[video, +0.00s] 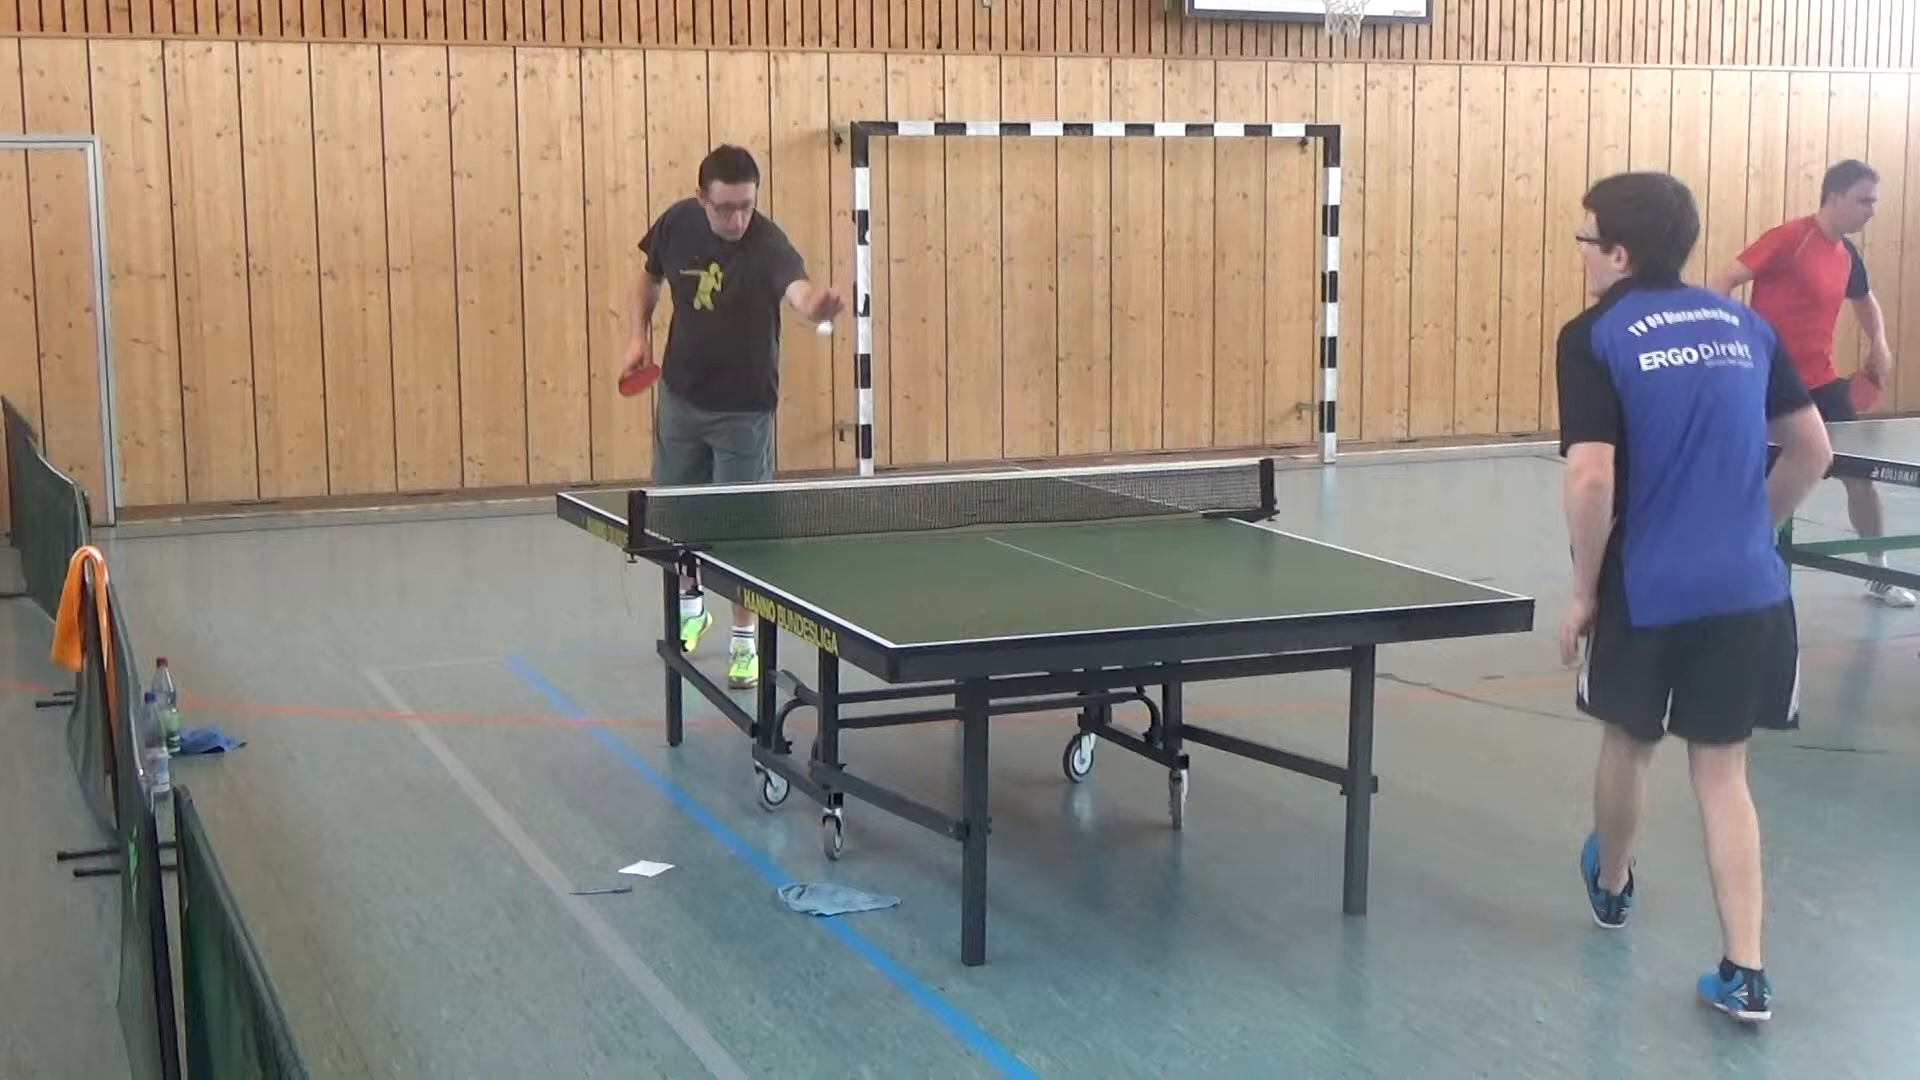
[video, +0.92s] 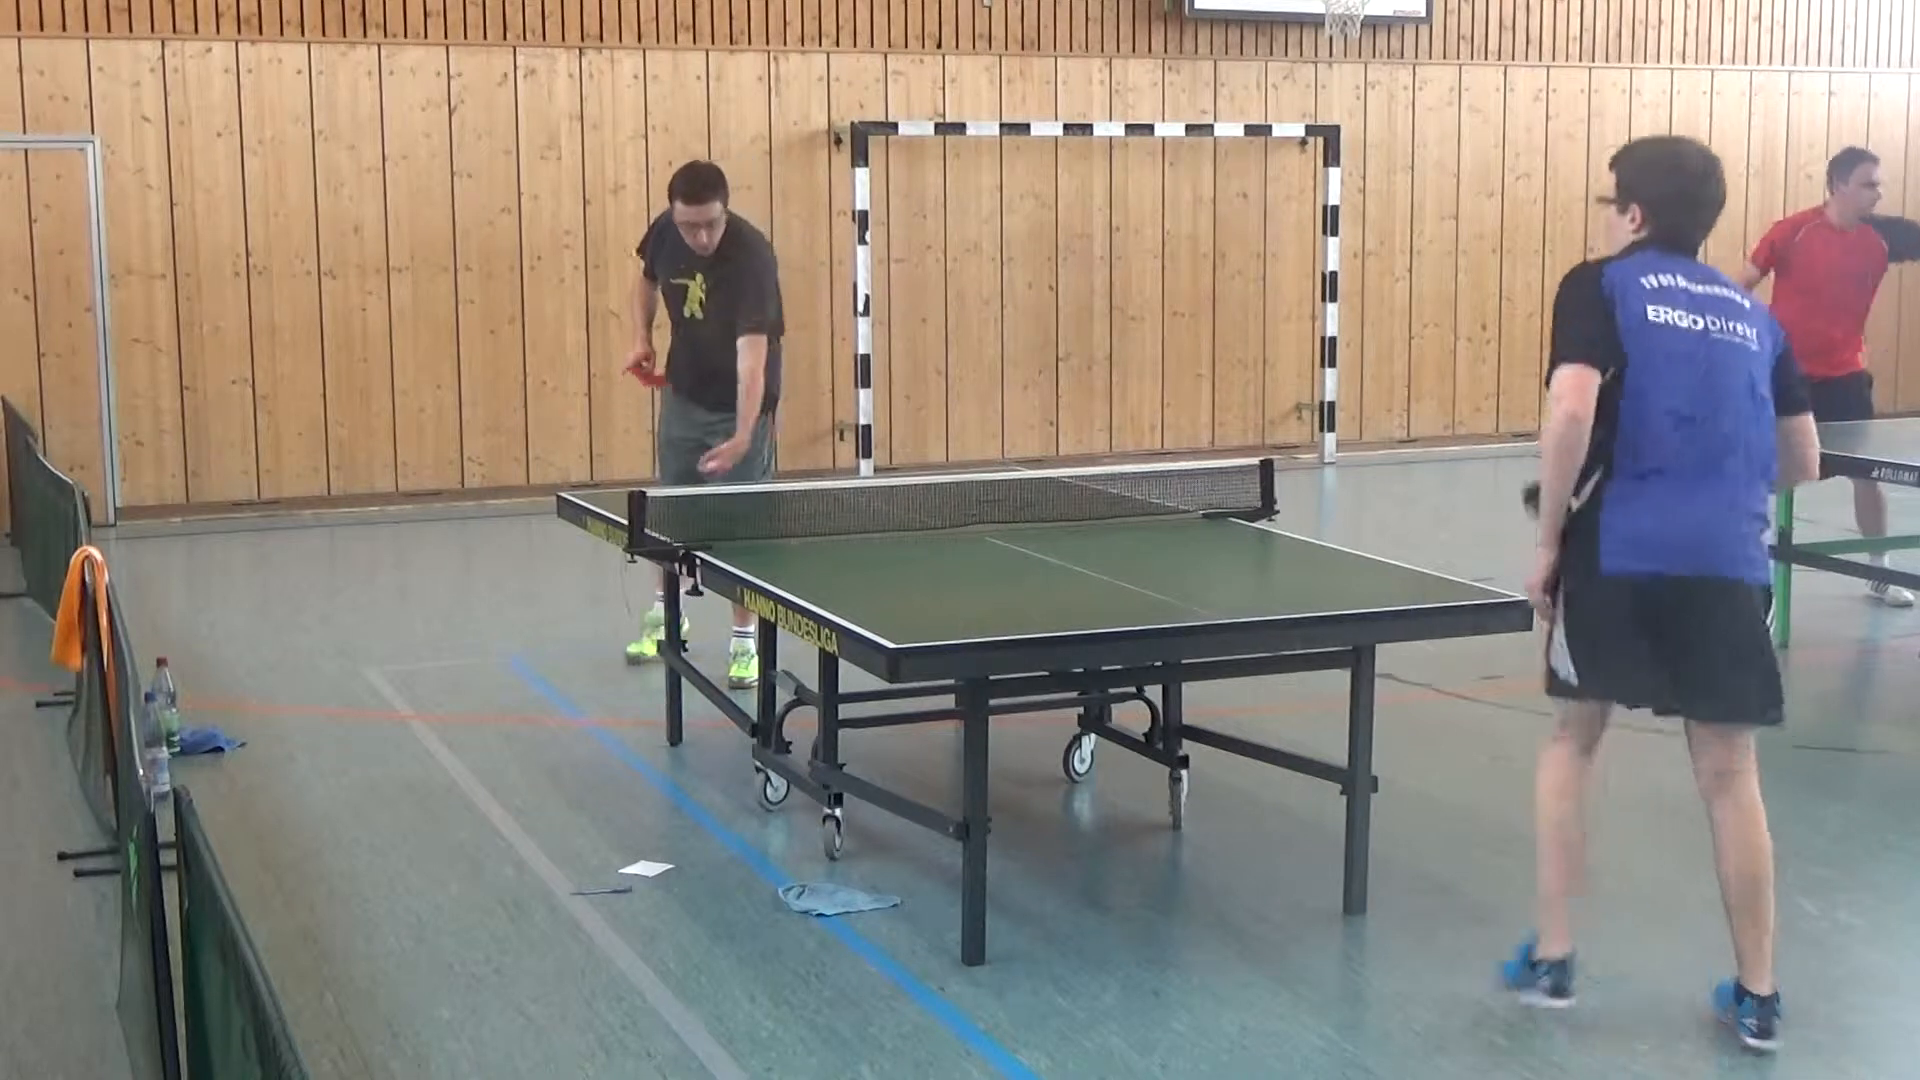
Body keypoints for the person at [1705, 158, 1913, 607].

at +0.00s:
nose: (1871, 211)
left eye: (1874, 202)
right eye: (1865, 201)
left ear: (1846, 202)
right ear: (1834, 198)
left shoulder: (1846, 253)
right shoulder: (1787, 238)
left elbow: (1864, 302)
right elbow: (1720, 280)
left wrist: (1879, 344)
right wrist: (1721, 347)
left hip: (1825, 384)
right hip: (1775, 388)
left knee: (1859, 473)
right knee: (1770, 482)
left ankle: (1879, 573)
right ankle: (1750, 571)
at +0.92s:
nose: (1876, 194)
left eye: (1878, 186)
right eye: (1868, 185)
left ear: (1870, 190)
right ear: (1837, 185)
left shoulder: (1876, 245)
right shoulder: (1789, 233)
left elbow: (1860, 304)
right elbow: (1742, 284)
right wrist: (1721, 335)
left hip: (1846, 376)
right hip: (1786, 376)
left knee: (1867, 474)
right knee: (1768, 469)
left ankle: (1879, 574)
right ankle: (1753, 568)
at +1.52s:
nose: (1786, 164)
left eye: (1792, 157)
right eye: (1776, 156)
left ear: (1799, 164)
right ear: (1754, 163)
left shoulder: (1817, 220)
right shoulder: (1722, 217)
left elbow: (1856, 281)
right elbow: (1696, 269)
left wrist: (1824, 315)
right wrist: (1683, 323)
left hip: (1801, 368)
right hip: (1736, 367)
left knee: (1828, 466)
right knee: (1703, 465)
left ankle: (1850, 567)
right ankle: (1677, 554)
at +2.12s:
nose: (1781, 199)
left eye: (1787, 190)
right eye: (1772, 190)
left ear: (1795, 189)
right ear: (1750, 189)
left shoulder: (1811, 239)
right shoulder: (1717, 235)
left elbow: (1847, 303)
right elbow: (1693, 295)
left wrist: (1810, 330)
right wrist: (1677, 347)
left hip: (1797, 385)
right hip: (1731, 384)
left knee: (1830, 478)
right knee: (1694, 476)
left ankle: (1857, 572)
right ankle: (1651, 566)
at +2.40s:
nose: (1807, 198)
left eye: (1814, 189)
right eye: (1797, 189)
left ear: (1821, 189)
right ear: (1777, 189)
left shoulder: (1827, 245)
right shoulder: (1742, 225)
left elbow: (1840, 325)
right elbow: (1714, 278)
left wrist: (1816, 369)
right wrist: (1683, 327)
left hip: (1799, 384)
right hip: (1735, 378)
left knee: (1819, 480)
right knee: (1694, 471)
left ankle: (1827, 574)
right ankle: (1651, 564)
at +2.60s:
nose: (1820, 183)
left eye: (1824, 174)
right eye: (1809, 174)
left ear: (1828, 178)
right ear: (1783, 178)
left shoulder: (1832, 241)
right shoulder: (1742, 220)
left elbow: (1843, 321)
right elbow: (1715, 259)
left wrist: (1803, 350)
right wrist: (1689, 300)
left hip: (1797, 378)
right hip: (1732, 370)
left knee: (1816, 475)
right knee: (1690, 461)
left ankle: (1827, 573)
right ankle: (1638, 555)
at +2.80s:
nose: (1794, 191)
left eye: (1796, 183)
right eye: (1784, 183)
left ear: (1796, 188)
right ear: (1755, 187)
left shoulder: (1803, 250)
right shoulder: (1713, 233)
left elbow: (1811, 328)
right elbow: (1668, 276)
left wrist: (1771, 345)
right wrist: (1637, 330)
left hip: (1775, 387)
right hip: (1709, 384)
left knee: (1808, 483)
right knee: (1671, 478)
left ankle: (1830, 570)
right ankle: (1617, 566)